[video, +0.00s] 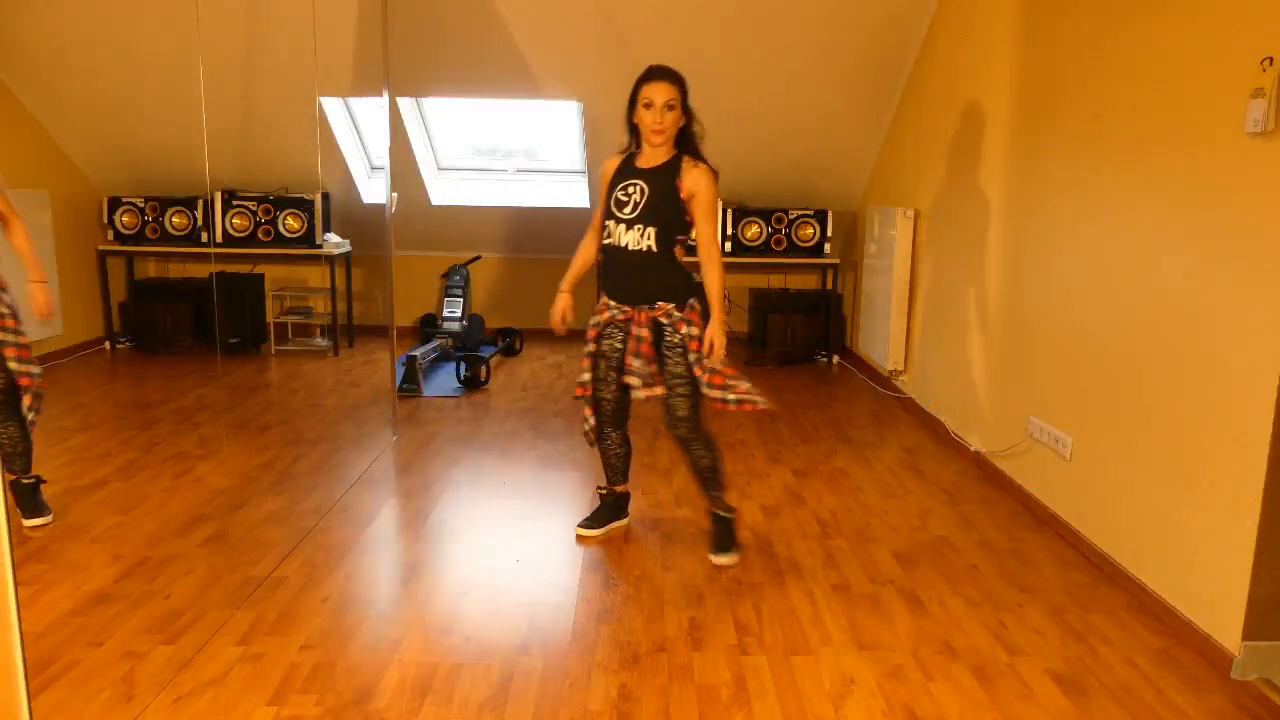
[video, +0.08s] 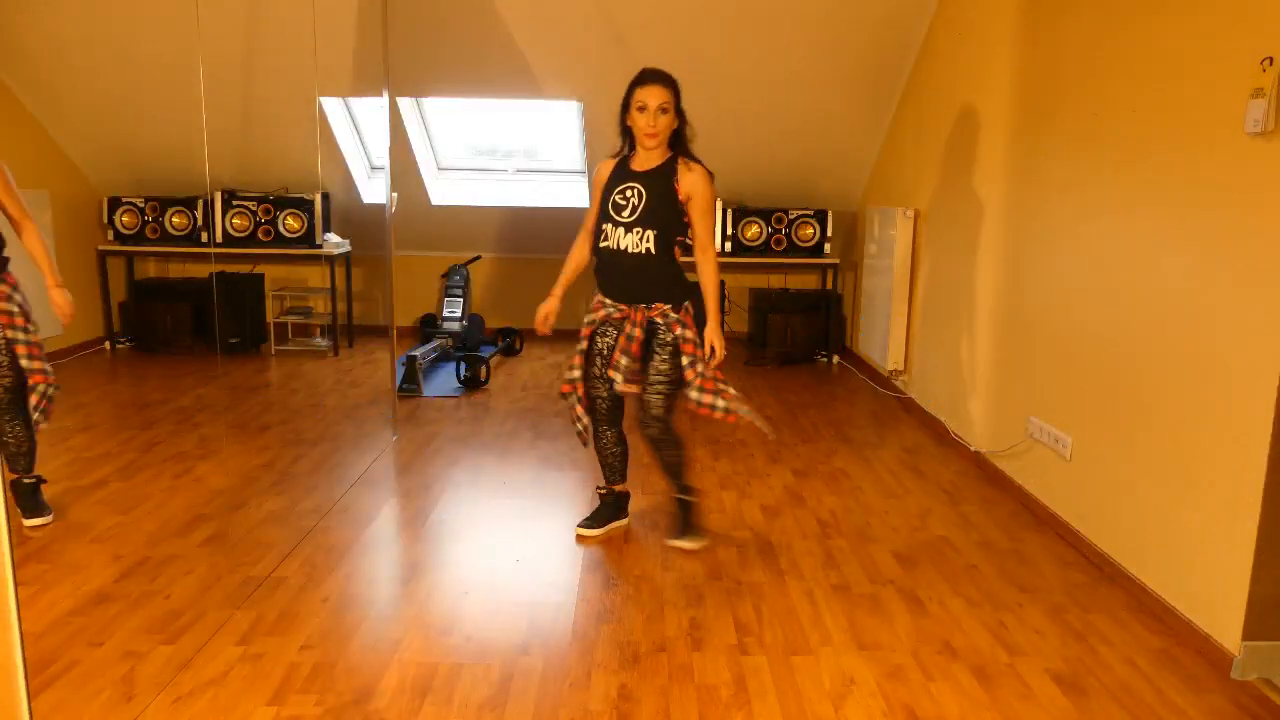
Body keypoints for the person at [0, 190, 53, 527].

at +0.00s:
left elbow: (10, 220)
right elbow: (12, 220)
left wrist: (37, 280)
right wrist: (36, 280)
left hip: (0, 301)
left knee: (11, 388)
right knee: (10, 389)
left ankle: (23, 481)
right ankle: (22, 480)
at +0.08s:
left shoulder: (0, 173)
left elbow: (22, 222)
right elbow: (23, 222)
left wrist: (54, 282)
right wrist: (54, 282)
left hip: (0, 291)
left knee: (10, 387)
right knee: (9, 389)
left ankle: (26, 484)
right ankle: (24, 483)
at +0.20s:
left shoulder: (3, 169)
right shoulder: (3, 169)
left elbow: (18, 222)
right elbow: (17, 222)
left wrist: (55, 293)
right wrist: (55, 293)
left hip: (3, 285)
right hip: (3, 287)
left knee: (14, 390)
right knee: (14, 393)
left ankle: (28, 487)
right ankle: (24, 487)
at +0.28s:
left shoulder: (4, 173)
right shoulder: (5, 173)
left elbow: (17, 226)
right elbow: (17, 226)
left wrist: (42, 294)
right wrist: (41, 295)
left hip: (5, 295)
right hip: (6, 298)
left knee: (15, 393)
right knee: (14, 394)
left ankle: (27, 486)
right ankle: (26, 486)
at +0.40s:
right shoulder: (2, 171)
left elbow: (17, 221)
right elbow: (17, 222)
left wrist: (24, 290)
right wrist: (22, 290)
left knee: (11, 394)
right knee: (10, 395)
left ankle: (27, 484)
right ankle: (25, 484)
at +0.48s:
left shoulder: (1, 173)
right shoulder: (4, 176)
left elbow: (14, 223)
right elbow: (15, 224)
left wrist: (14, 291)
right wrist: (13, 292)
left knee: (9, 394)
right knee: (8, 396)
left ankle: (26, 482)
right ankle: (24, 481)